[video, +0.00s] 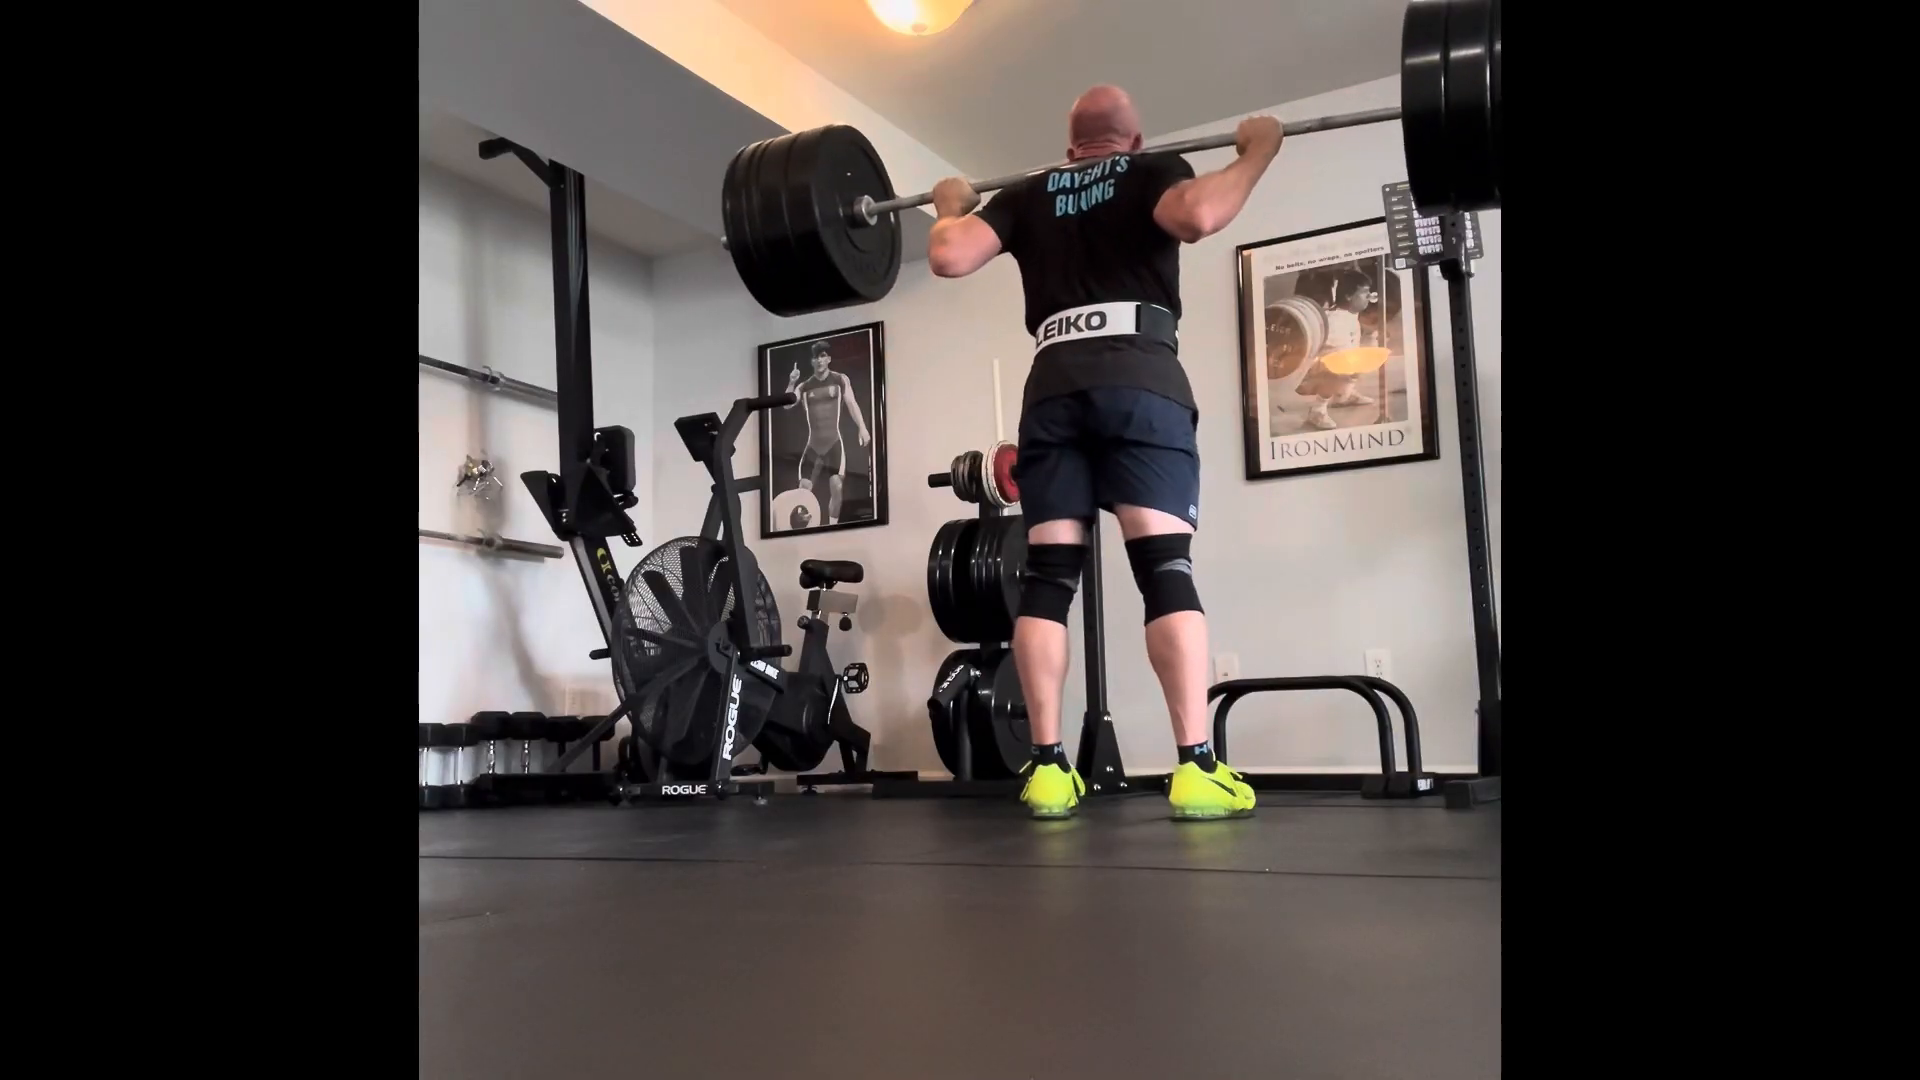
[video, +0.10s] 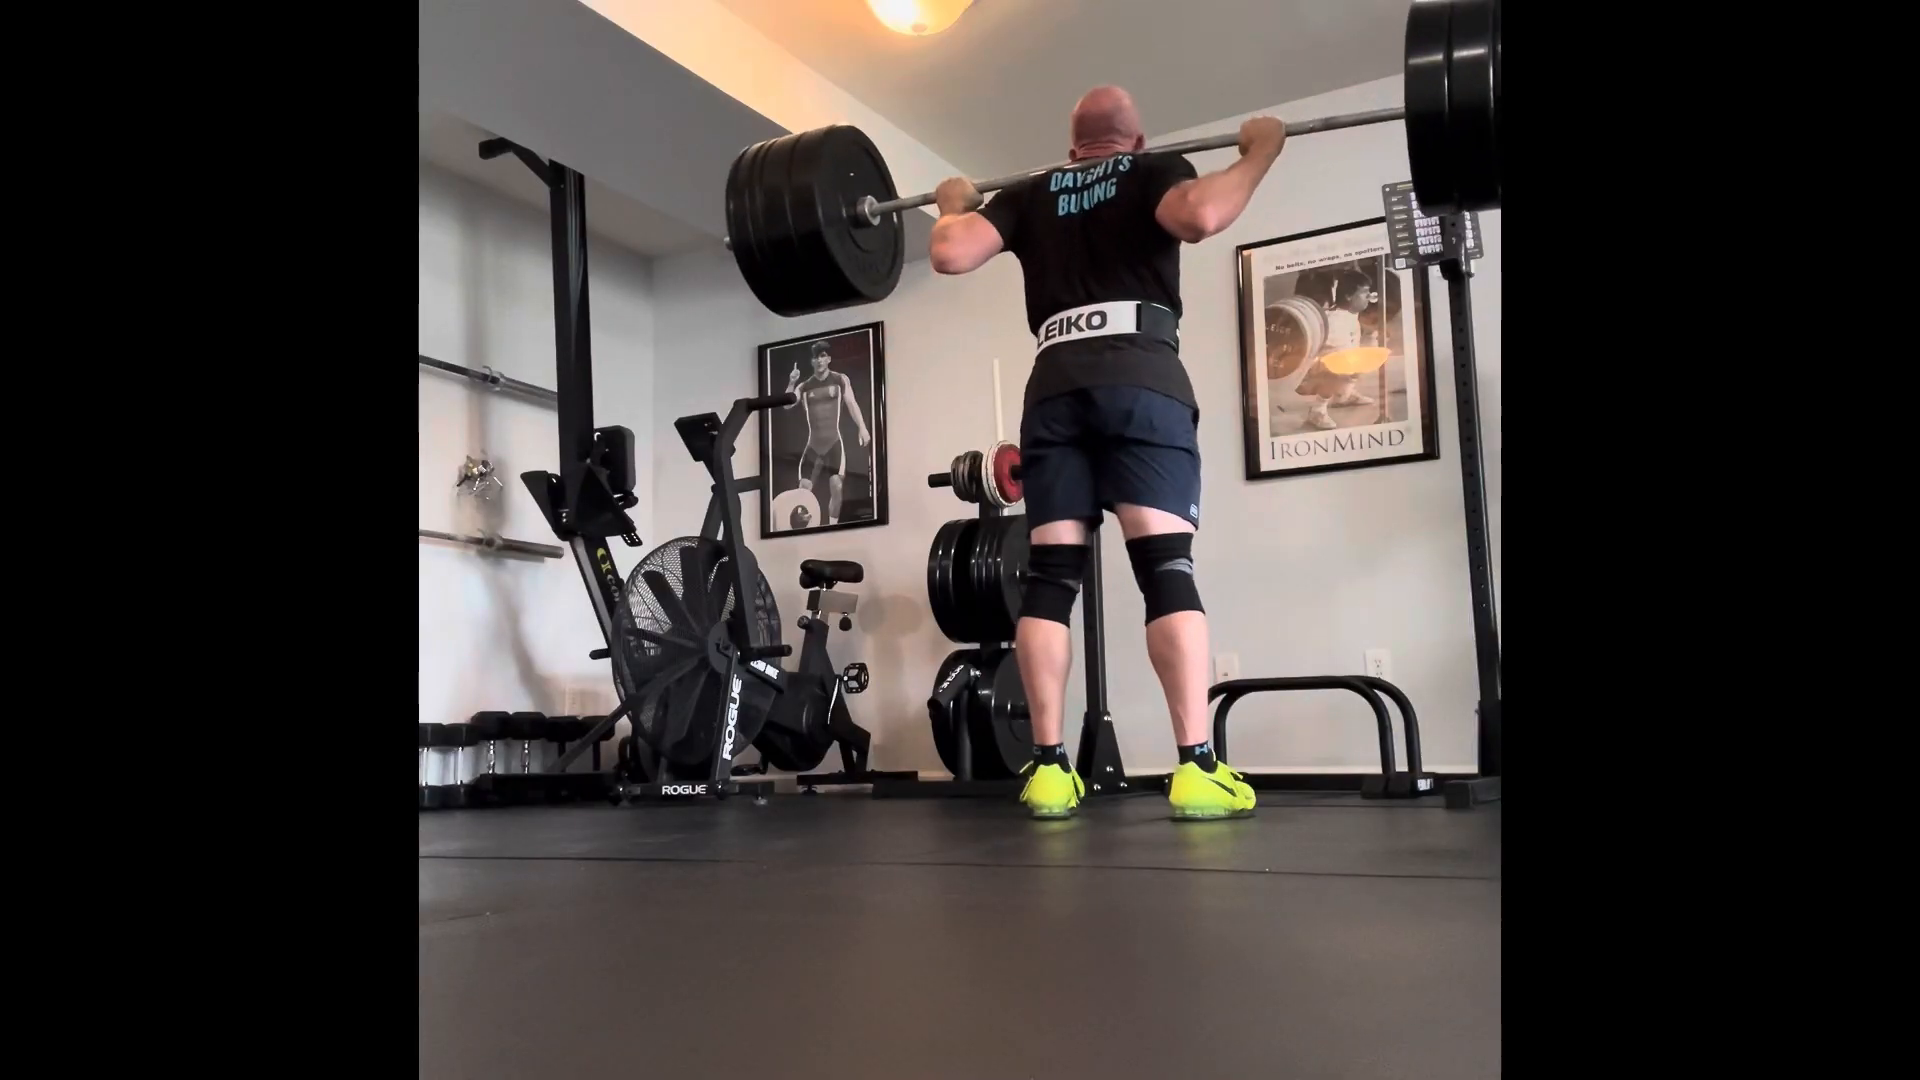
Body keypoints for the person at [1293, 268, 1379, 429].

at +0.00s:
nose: (1369, 298)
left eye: (1368, 294)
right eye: (1364, 294)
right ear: (1349, 296)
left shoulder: (1353, 318)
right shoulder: (1335, 320)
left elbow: (1351, 352)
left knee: (1355, 362)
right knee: (1338, 367)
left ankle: (1344, 394)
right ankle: (1318, 410)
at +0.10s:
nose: (1369, 298)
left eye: (1368, 293)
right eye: (1364, 294)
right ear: (1348, 296)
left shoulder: (1353, 318)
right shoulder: (1335, 319)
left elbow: (1352, 352)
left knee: (1356, 362)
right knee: (1337, 367)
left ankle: (1344, 394)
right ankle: (1318, 410)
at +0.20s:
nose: (1369, 297)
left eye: (1368, 293)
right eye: (1364, 293)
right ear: (1348, 296)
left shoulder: (1353, 318)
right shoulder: (1335, 319)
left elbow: (1352, 351)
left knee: (1357, 362)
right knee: (1338, 368)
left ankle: (1345, 394)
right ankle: (1318, 410)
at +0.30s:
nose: (1369, 297)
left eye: (1368, 293)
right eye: (1364, 293)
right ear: (1348, 296)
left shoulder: (1353, 317)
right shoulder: (1335, 319)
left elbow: (1351, 352)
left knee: (1357, 362)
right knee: (1339, 368)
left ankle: (1345, 394)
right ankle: (1318, 410)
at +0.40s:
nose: (1369, 297)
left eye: (1368, 293)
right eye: (1364, 293)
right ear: (1348, 296)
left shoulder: (1353, 317)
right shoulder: (1335, 319)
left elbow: (1351, 352)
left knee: (1357, 362)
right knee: (1339, 368)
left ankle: (1345, 394)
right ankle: (1318, 410)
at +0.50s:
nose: (1369, 297)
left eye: (1368, 293)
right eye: (1364, 293)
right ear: (1348, 296)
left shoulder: (1353, 317)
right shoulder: (1335, 319)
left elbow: (1351, 351)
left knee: (1357, 362)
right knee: (1339, 368)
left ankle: (1345, 394)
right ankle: (1318, 410)